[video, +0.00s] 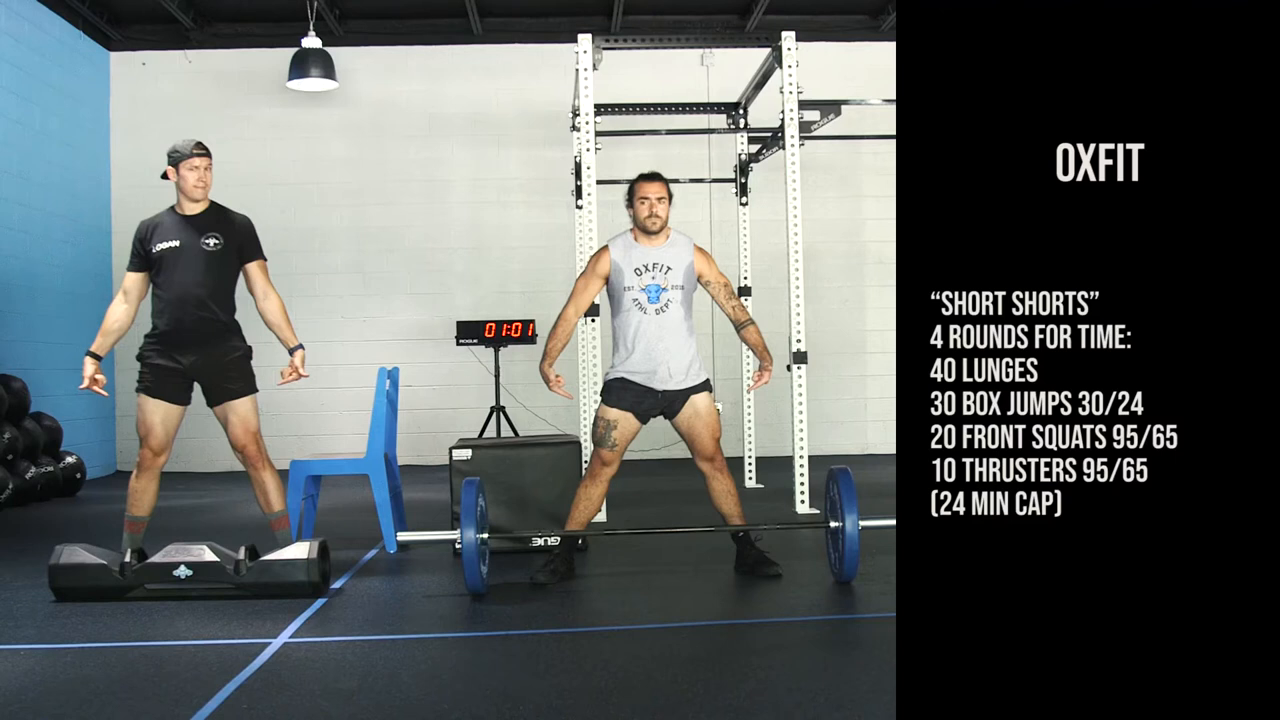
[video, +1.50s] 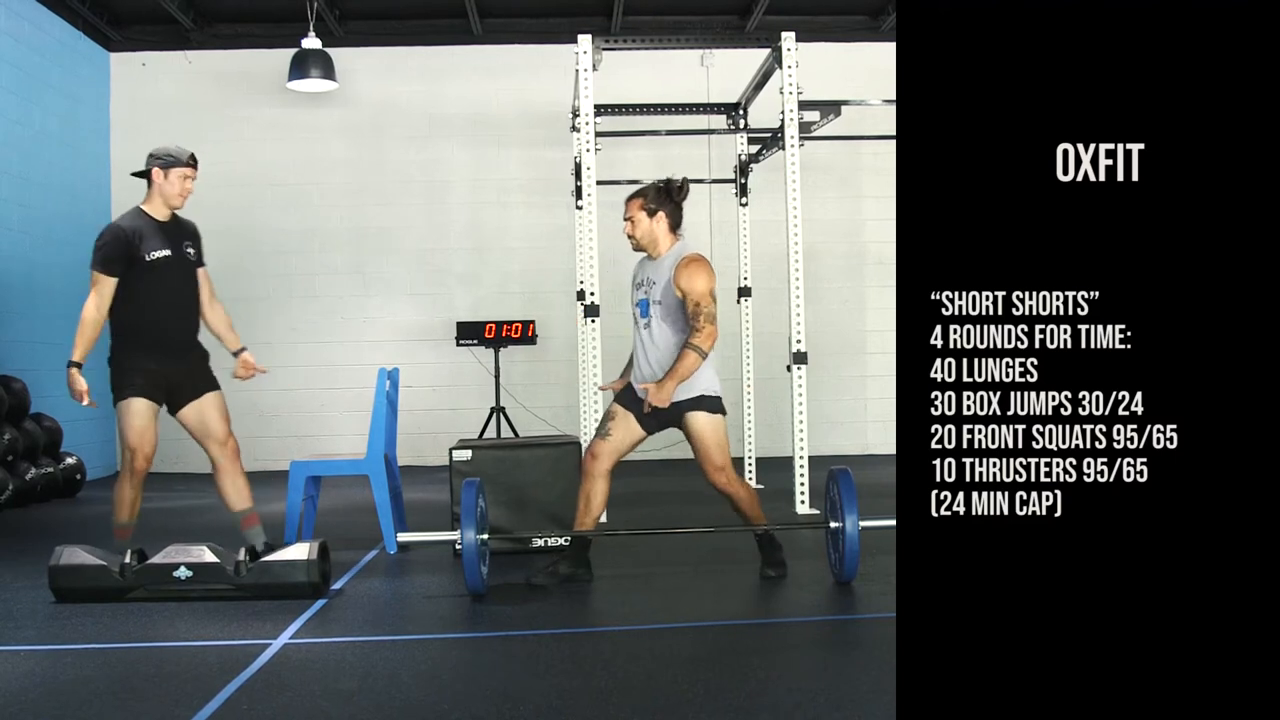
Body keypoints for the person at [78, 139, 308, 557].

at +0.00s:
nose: (201, 177)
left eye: (206, 169)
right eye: (192, 170)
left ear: (212, 174)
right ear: (172, 176)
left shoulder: (236, 226)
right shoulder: (150, 231)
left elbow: (263, 293)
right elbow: (126, 300)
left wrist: (293, 344)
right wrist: (94, 353)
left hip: (224, 352)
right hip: (164, 354)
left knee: (250, 447)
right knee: (150, 454)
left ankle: (288, 550)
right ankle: (131, 555)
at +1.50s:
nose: (189, 189)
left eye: (192, 181)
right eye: (183, 179)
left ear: (188, 184)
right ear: (157, 176)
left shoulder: (187, 233)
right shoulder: (121, 234)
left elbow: (207, 302)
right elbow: (98, 303)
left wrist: (238, 350)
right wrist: (75, 364)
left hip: (186, 359)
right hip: (136, 362)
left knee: (225, 445)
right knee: (139, 460)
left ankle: (259, 547)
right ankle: (124, 555)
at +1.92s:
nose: (219, 190)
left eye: (220, 183)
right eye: (214, 181)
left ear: (194, 179)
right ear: (189, 176)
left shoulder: (191, 229)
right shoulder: (156, 224)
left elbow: (176, 295)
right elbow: (133, 292)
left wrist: (184, 346)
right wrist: (153, 347)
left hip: (185, 351)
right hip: (146, 353)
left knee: (215, 445)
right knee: (147, 452)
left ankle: (224, 547)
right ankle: (122, 554)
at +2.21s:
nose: (249, 211)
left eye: (252, 203)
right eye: (245, 201)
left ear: (225, 198)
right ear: (221, 196)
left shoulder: (212, 245)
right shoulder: (187, 241)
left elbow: (190, 310)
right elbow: (159, 306)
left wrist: (207, 357)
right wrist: (207, 350)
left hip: (192, 371)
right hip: (159, 370)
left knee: (241, 446)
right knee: (134, 469)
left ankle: (229, 546)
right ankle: (31, 520)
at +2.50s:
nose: (260, 296)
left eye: (262, 288)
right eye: (257, 287)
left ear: (233, 282)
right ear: (231, 281)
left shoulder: (204, 318)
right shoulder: (203, 318)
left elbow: (149, 375)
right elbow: (198, 396)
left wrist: (132, 428)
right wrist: (256, 396)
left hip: (183, 432)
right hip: (149, 438)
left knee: (264, 455)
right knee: (128, 540)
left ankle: (232, 548)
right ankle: (19, 540)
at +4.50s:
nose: (246, 241)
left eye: (247, 234)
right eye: (240, 234)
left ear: (223, 238)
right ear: (214, 235)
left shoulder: (236, 286)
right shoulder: (181, 288)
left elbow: (268, 331)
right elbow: (139, 351)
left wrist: (287, 334)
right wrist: (146, 416)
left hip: (194, 407)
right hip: (171, 408)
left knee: (145, 499)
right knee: (250, 458)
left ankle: (57, 532)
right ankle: (222, 556)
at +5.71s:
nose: (283, 327)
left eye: (285, 319)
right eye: (280, 318)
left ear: (258, 314)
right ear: (257, 313)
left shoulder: (233, 350)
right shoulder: (226, 347)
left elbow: (211, 417)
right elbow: (210, 416)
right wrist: (264, 414)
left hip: (199, 455)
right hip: (168, 463)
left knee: (279, 453)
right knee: (140, 564)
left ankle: (248, 550)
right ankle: (28, 541)